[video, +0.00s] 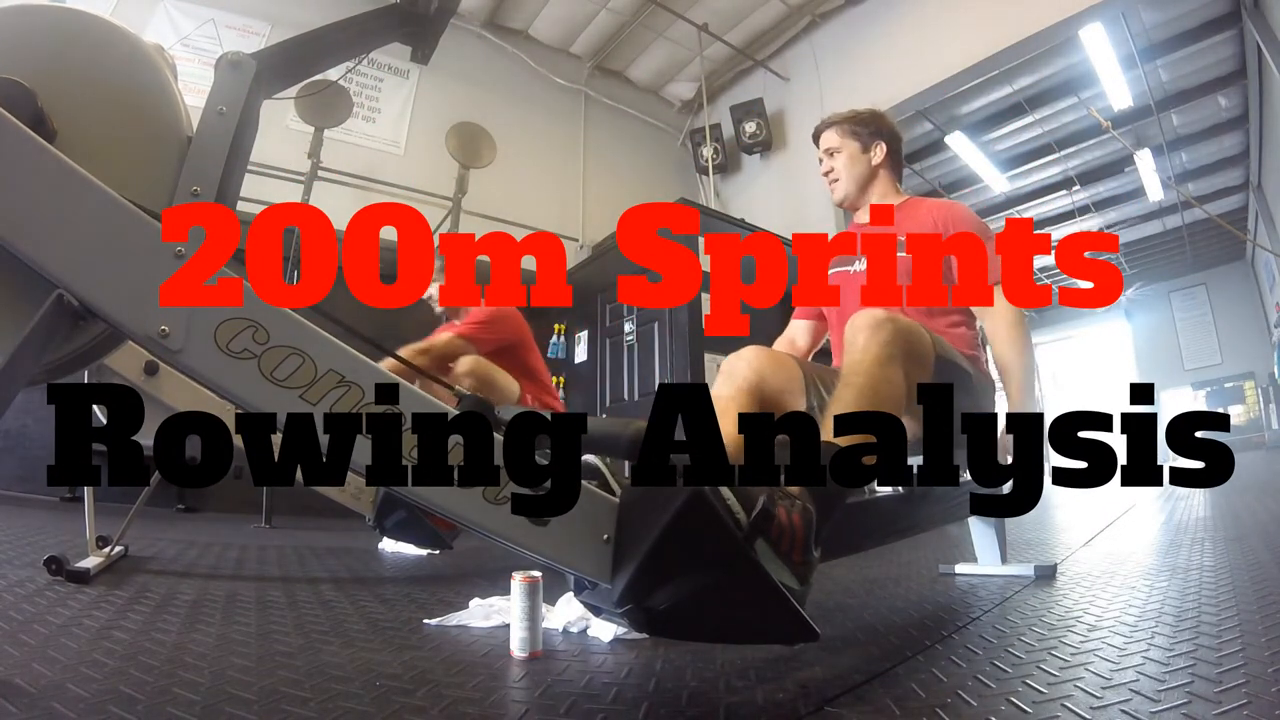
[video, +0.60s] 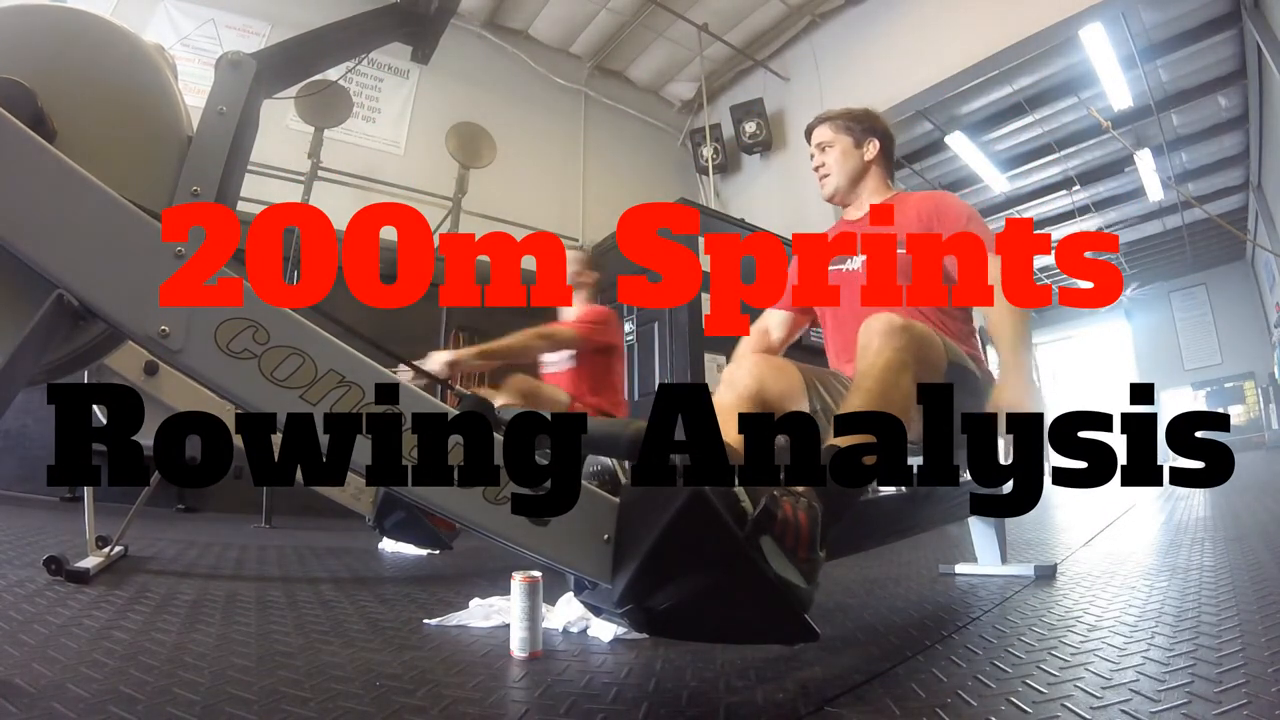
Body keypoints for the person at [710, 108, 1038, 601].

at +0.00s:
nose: (823, 168)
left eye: (834, 153)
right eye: (820, 160)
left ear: (877, 152)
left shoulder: (946, 217)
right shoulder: (834, 251)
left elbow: (1001, 312)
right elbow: (796, 340)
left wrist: (1021, 414)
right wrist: (754, 399)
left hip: (954, 394)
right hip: (856, 396)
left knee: (874, 327)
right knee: (744, 366)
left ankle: (804, 515)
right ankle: (713, 521)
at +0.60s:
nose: (815, 162)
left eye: (826, 148)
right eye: (812, 155)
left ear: (870, 150)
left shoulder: (937, 210)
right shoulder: (820, 249)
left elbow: (999, 289)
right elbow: (768, 333)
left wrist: (1015, 381)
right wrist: (729, 388)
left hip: (954, 390)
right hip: (856, 394)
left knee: (885, 330)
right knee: (750, 370)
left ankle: (813, 506)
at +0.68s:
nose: (807, 158)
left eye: (818, 144)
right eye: (805, 151)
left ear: (863, 145)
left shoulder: (928, 207)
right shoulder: (816, 245)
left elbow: (991, 288)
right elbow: (759, 328)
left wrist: (996, 366)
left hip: (937, 391)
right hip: (840, 390)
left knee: (882, 321)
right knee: (732, 359)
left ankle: (810, 505)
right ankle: (711, 513)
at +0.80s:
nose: (798, 155)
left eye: (809, 139)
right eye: (796, 148)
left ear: (856, 141)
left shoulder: (922, 202)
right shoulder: (805, 242)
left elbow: (979, 282)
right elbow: (757, 315)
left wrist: (972, 347)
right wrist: (693, 357)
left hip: (928, 388)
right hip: (836, 390)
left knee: (876, 310)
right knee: (729, 358)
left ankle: (811, 501)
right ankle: (703, 517)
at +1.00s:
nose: (775, 147)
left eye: (785, 130)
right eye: (771, 139)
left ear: (835, 130)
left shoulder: (901, 189)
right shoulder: (782, 236)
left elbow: (934, 264)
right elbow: (709, 298)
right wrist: (639, 356)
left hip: (906, 386)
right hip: (818, 390)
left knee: (867, 294)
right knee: (709, 355)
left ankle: (811, 503)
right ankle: (707, 517)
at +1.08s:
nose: (763, 138)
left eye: (777, 120)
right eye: (757, 133)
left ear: (827, 125)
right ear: (760, 151)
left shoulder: (883, 180)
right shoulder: (765, 232)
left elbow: (907, 255)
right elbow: (690, 299)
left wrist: (861, 329)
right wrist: (611, 356)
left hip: (907, 382)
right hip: (815, 392)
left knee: (875, 280)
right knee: (705, 353)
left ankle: (816, 488)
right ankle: (688, 522)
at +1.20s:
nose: (748, 132)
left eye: (763, 114)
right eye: (740, 126)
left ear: (813, 120)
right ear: (741, 146)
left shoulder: (866, 176)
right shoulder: (744, 231)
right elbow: (668, 291)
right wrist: (590, 357)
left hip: (870, 360)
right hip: (782, 373)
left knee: (870, 205)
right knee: (697, 347)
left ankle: (817, 485)